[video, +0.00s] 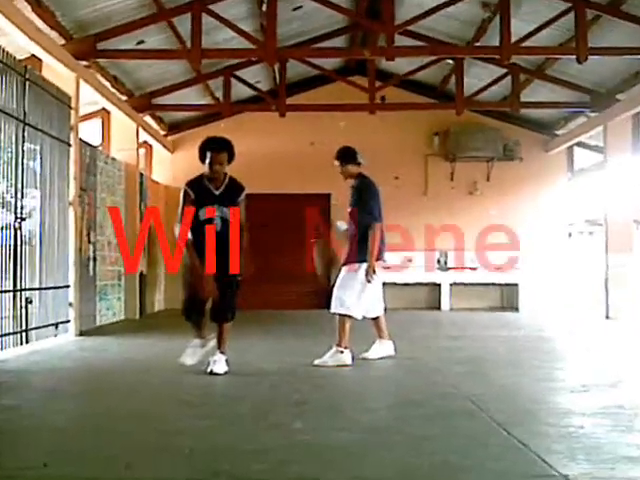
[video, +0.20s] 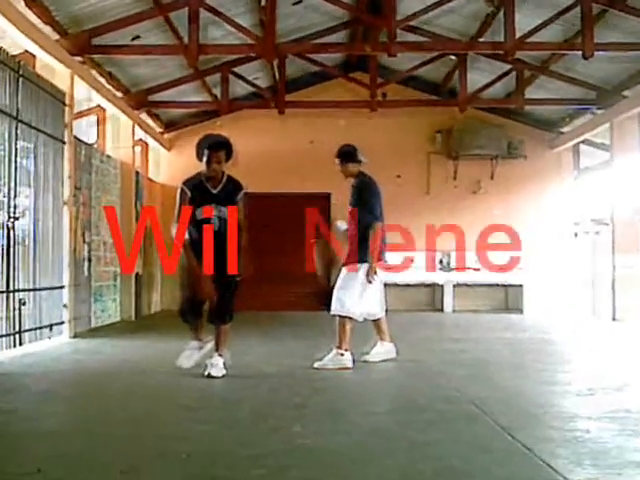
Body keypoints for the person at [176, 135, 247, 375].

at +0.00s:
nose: (219, 169)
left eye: (223, 163)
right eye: (215, 163)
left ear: (229, 163)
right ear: (206, 162)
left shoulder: (237, 190)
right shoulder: (193, 188)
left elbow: (243, 226)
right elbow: (183, 227)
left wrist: (243, 257)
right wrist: (193, 261)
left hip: (228, 257)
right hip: (199, 256)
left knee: (224, 306)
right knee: (194, 304)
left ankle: (221, 352)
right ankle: (201, 340)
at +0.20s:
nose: (218, 167)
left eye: (222, 161)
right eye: (214, 161)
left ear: (227, 161)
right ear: (204, 160)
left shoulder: (235, 188)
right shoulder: (190, 187)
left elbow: (242, 225)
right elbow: (181, 228)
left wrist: (242, 258)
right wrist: (193, 266)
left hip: (227, 255)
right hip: (197, 254)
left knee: (223, 305)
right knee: (192, 302)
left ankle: (219, 354)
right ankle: (199, 341)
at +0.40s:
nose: (215, 165)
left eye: (219, 160)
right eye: (211, 159)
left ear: (227, 161)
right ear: (204, 160)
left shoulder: (236, 189)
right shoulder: (189, 187)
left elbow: (243, 226)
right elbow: (178, 225)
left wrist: (245, 258)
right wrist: (185, 257)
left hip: (227, 256)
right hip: (196, 256)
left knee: (222, 306)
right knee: (190, 304)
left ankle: (220, 354)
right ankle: (199, 340)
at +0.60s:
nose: (216, 163)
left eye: (221, 158)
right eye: (212, 157)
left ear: (227, 160)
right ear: (205, 159)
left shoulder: (236, 189)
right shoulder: (193, 187)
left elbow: (242, 225)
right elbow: (184, 222)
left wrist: (242, 259)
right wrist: (184, 245)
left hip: (226, 255)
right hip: (199, 254)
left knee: (223, 304)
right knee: (196, 298)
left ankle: (220, 351)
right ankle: (199, 340)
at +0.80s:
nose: (214, 167)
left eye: (219, 162)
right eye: (209, 162)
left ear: (226, 161)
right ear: (202, 161)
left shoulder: (235, 188)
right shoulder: (190, 187)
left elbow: (241, 226)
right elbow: (181, 223)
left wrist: (241, 260)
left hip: (225, 260)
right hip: (197, 259)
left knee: (221, 308)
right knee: (192, 304)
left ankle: (218, 354)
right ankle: (197, 341)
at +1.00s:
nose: (212, 166)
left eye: (217, 160)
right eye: (207, 160)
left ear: (225, 161)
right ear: (200, 159)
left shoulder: (235, 189)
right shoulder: (187, 187)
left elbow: (241, 227)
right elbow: (177, 224)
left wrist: (243, 260)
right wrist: (178, 229)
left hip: (227, 261)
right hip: (196, 260)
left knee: (220, 311)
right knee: (190, 306)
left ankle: (218, 354)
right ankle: (197, 341)